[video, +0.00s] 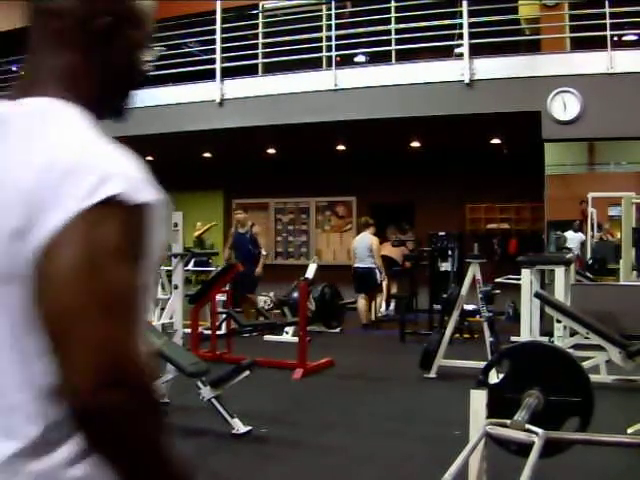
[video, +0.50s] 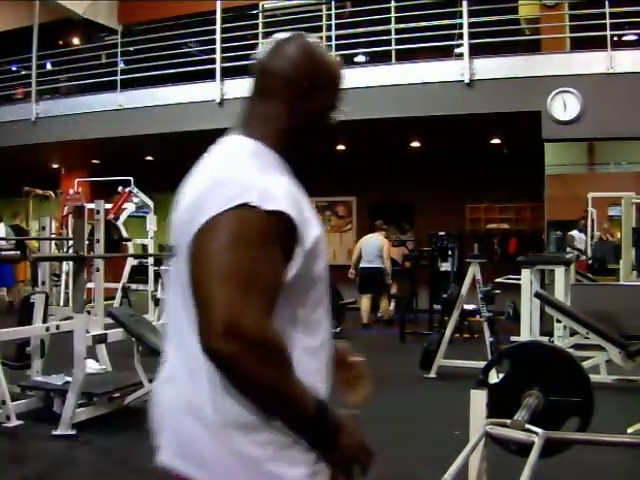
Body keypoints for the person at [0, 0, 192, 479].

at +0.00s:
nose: (143, 67)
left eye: (144, 46)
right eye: (138, 43)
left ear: (48, 28)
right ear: (100, 29)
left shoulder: (9, 127)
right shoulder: (94, 172)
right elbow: (102, 387)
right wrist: (162, 466)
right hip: (50, 461)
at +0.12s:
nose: (193, 69)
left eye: (192, 54)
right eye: (188, 52)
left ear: (94, 50)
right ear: (159, 50)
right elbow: (170, 364)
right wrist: (251, 453)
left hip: (20, 451)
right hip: (114, 463)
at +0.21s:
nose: (224, 89)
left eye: (224, 71)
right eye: (220, 70)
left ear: (133, 69)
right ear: (191, 67)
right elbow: (199, 362)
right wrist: (284, 445)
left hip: (61, 439)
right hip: (152, 460)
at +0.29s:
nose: (255, 106)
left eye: (255, 91)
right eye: (252, 90)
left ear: (173, 83)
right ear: (228, 87)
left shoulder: (112, 178)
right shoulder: (207, 191)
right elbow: (217, 363)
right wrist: (302, 446)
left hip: (106, 438)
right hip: (184, 458)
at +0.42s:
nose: (299, 126)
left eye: (301, 110)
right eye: (297, 108)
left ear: (227, 91)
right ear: (272, 98)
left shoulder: (177, 178)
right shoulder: (234, 191)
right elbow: (230, 349)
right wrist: (316, 440)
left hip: (169, 457)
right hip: (229, 464)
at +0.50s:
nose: (332, 129)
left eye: (333, 112)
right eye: (329, 111)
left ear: (261, 93)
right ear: (303, 102)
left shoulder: (224, 167)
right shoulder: (250, 182)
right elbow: (233, 334)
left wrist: (320, 355)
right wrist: (327, 430)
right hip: (246, 460)